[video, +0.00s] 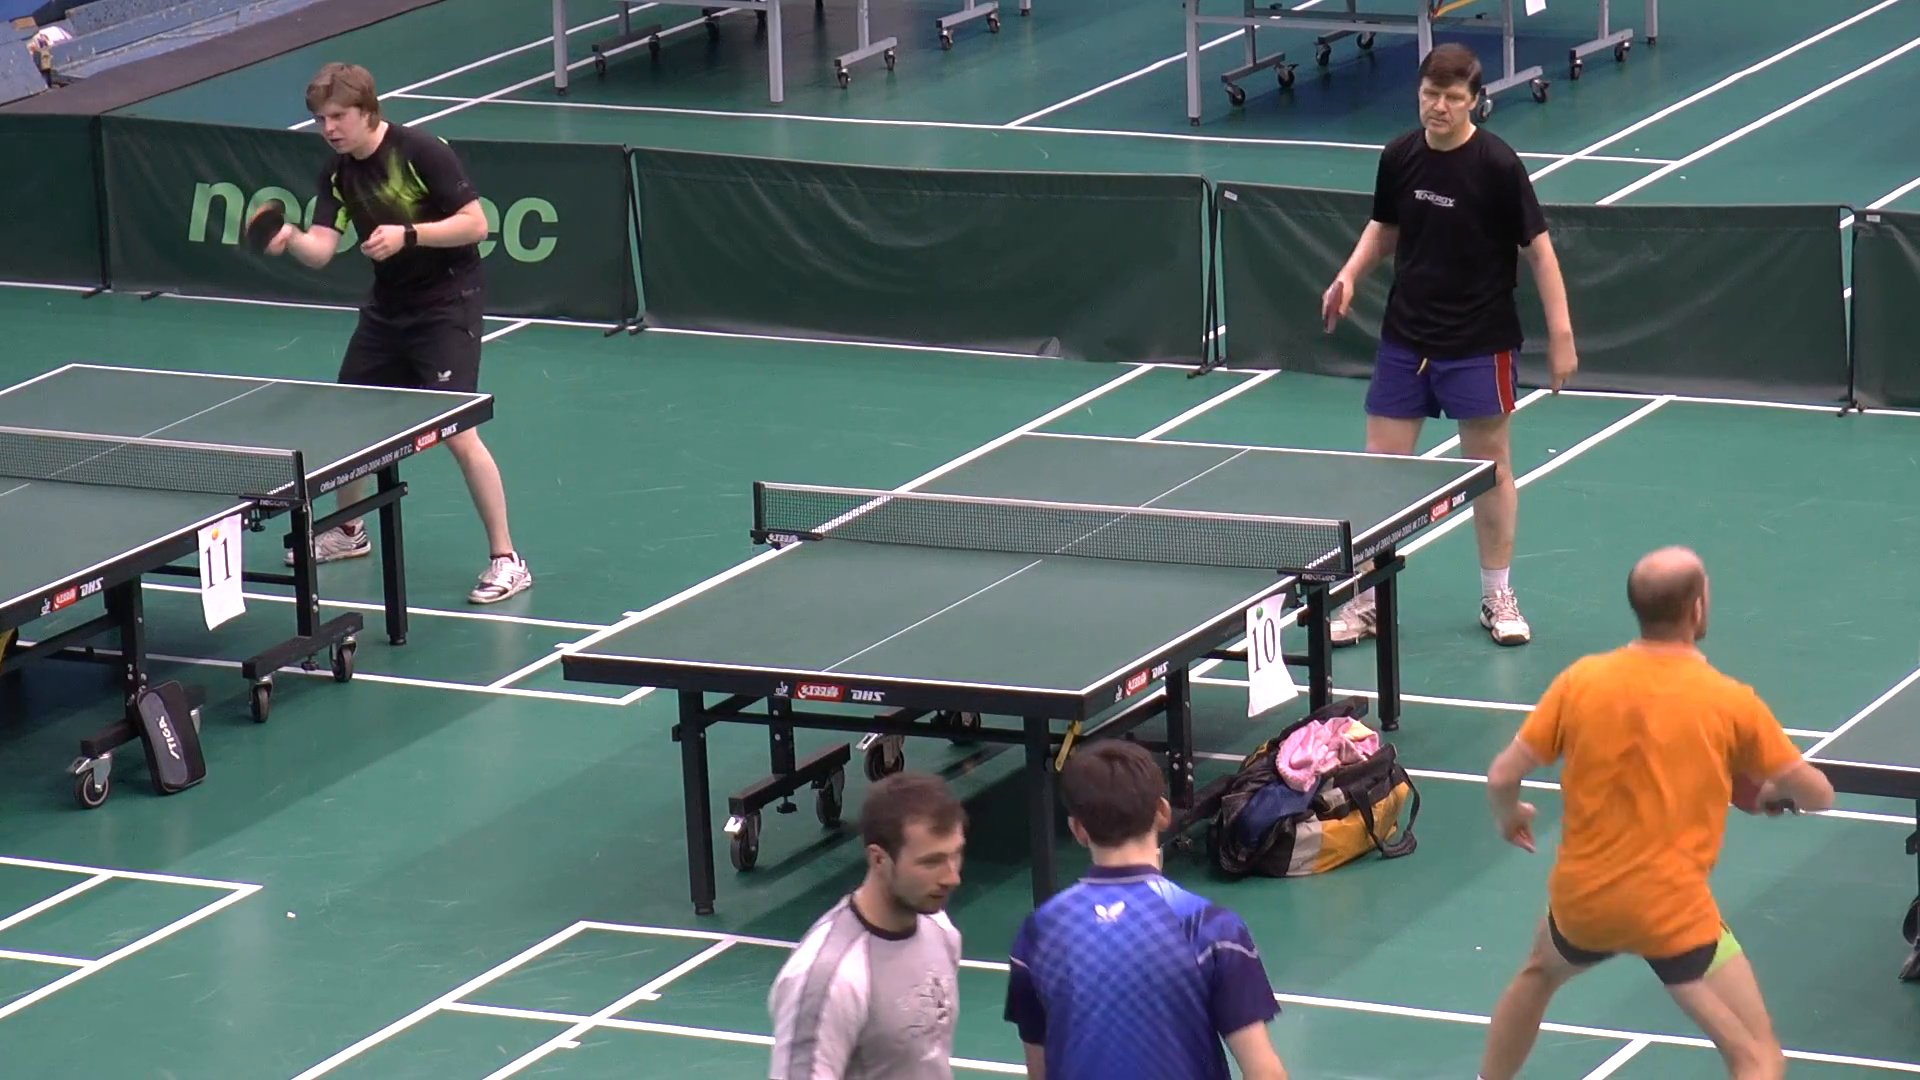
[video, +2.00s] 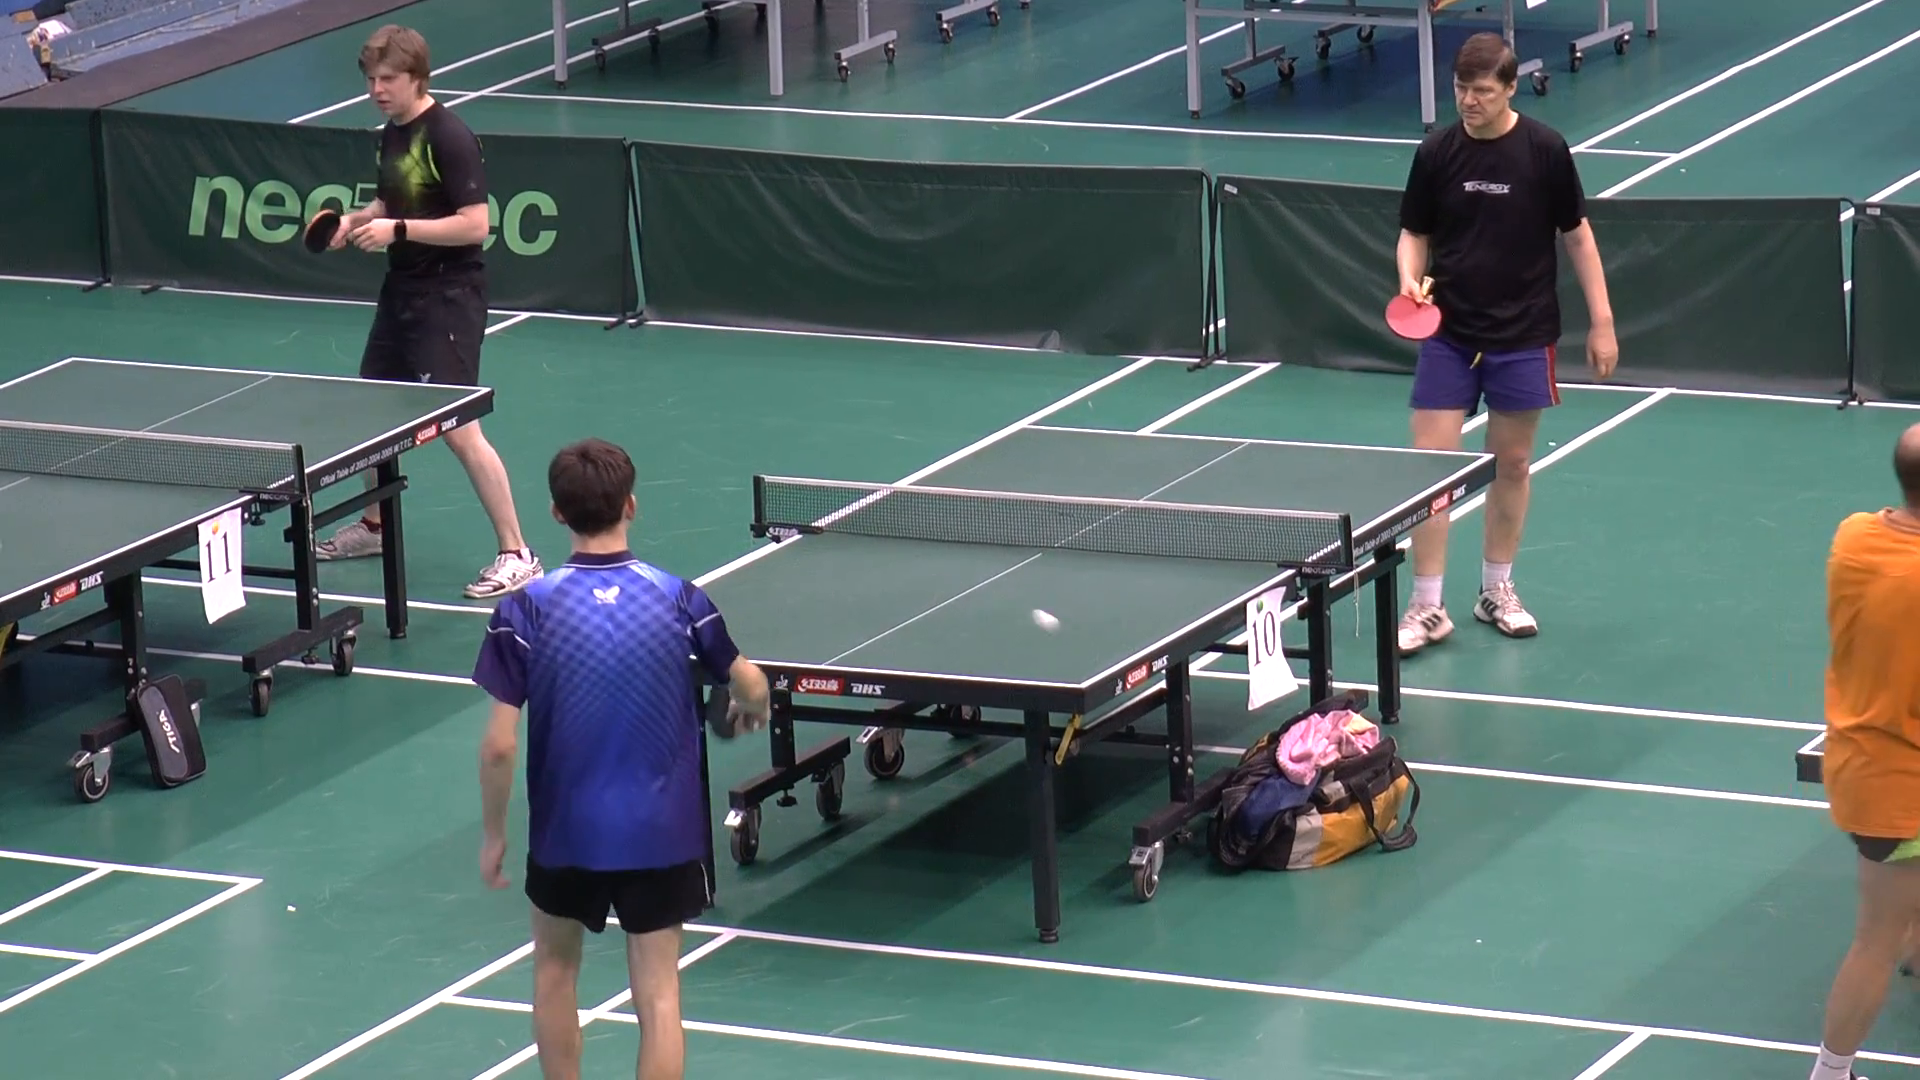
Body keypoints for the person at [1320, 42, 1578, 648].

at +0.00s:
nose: (1438, 107)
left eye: (1451, 98)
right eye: (1431, 95)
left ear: (1474, 100)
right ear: (1419, 94)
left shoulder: (1500, 165)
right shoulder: (1399, 157)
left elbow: (1540, 249)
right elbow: (1382, 227)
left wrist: (1561, 334)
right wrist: (1349, 273)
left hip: (1480, 343)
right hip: (1405, 338)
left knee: (1490, 470)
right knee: (1381, 468)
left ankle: (1498, 593)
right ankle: (1368, 595)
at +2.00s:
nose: (1470, 101)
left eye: (1482, 90)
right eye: (1463, 90)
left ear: (1510, 87)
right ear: (1454, 87)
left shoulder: (1546, 150)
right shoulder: (1435, 152)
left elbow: (1579, 237)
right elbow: (1414, 233)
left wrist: (1602, 321)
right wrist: (1411, 279)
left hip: (1524, 337)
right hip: (1447, 332)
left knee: (1513, 467)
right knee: (1431, 469)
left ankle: (1497, 590)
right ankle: (1427, 605)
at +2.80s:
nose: (1483, 162)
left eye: (1491, 150)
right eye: (1471, 154)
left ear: (1512, 126)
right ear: (1459, 144)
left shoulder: (1558, 166)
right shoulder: (1443, 195)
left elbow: (1591, 244)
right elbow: (1425, 281)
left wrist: (1623, 323)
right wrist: (1459, 316)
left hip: (1563, 357)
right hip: (1487, 365)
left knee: (1592, 485)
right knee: (1487, 493)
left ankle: (1582, 605)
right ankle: (1497, 630)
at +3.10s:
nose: (1513, 177)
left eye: (1521, 166)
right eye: (1505, 167)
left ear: (1550, 144)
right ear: (1499, 157)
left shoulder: (1600, 194)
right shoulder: (1500, 198)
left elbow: (1639, 281)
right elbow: (1480, 267)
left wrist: (1587, 349)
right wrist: (1483, 307)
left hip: (1597, 380)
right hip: (1524, 378)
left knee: (1606, 509)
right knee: (1510, 502)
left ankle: (1635, 660)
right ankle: (1500, 633)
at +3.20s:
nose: (1521, 175)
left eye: (1529, 164)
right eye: (1514, 165)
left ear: (1561, 146)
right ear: (1511, 156)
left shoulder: (1606, 202)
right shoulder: (1528, 193)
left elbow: (1616, 308)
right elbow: (1523, 260)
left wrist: (1532, 348)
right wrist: (1504, 303)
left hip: (1617, 376)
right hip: (1556, 374)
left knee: (1616, 511)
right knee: (1529, 498)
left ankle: (1637, 662)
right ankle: (1512, 632)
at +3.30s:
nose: (1522, 173)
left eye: (1529, 163)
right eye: (1517, 163)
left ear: (1563, 148)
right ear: (1530, 153)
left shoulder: (1601, 204)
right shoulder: (1557, 191)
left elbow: (1571, 311)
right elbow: (1565, 262)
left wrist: (1478, 333)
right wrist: (1519, 297)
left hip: (1631, 376)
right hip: (1581, 371)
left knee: (1620, 514)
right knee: (1558, 491)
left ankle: (1637, 662)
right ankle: (1547, 634)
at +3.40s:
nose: (1529, 174)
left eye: (1532, 162)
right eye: (1523, 164)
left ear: (1563, 144)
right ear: (1562, 145)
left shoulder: (1597, 198)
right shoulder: (1600, 178)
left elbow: (1538, 302)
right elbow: (1596, 271)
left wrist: (1440, 309)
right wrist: (1531, 288)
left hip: (1639, 379)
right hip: (1609, 375)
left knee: (1621, 513)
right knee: (1583, 492)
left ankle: (1639, 663)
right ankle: (1600, 637)